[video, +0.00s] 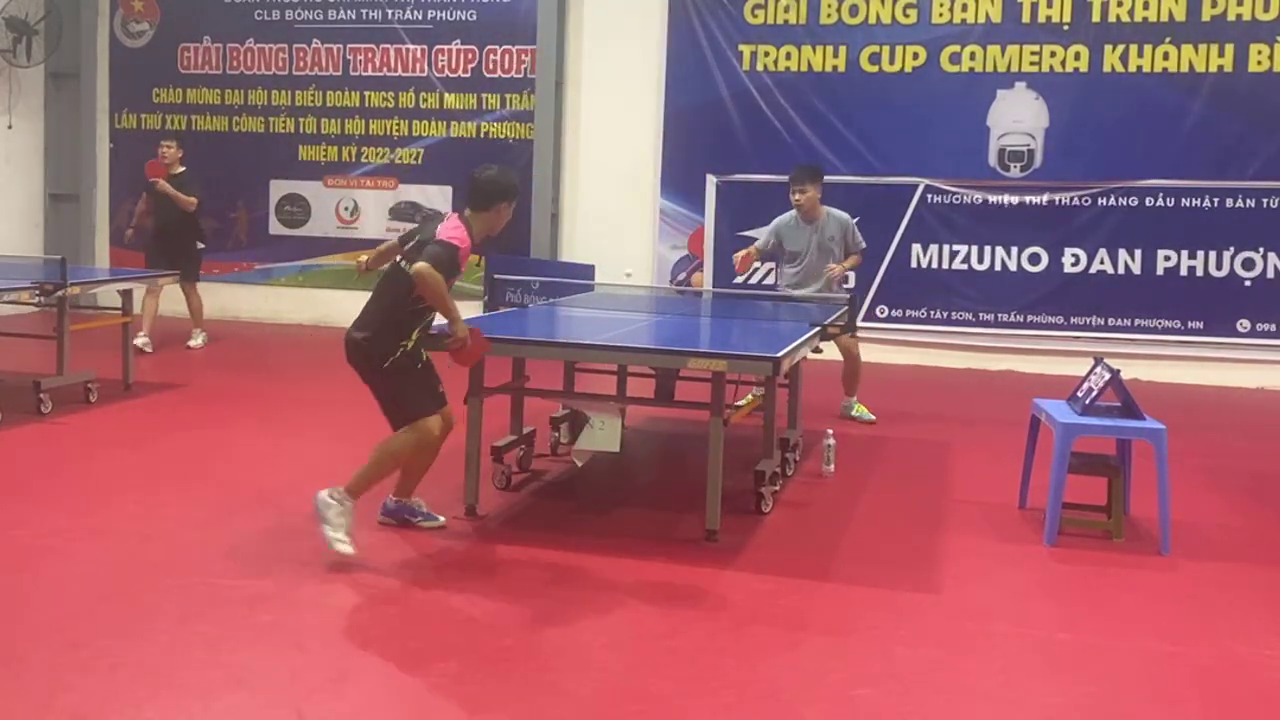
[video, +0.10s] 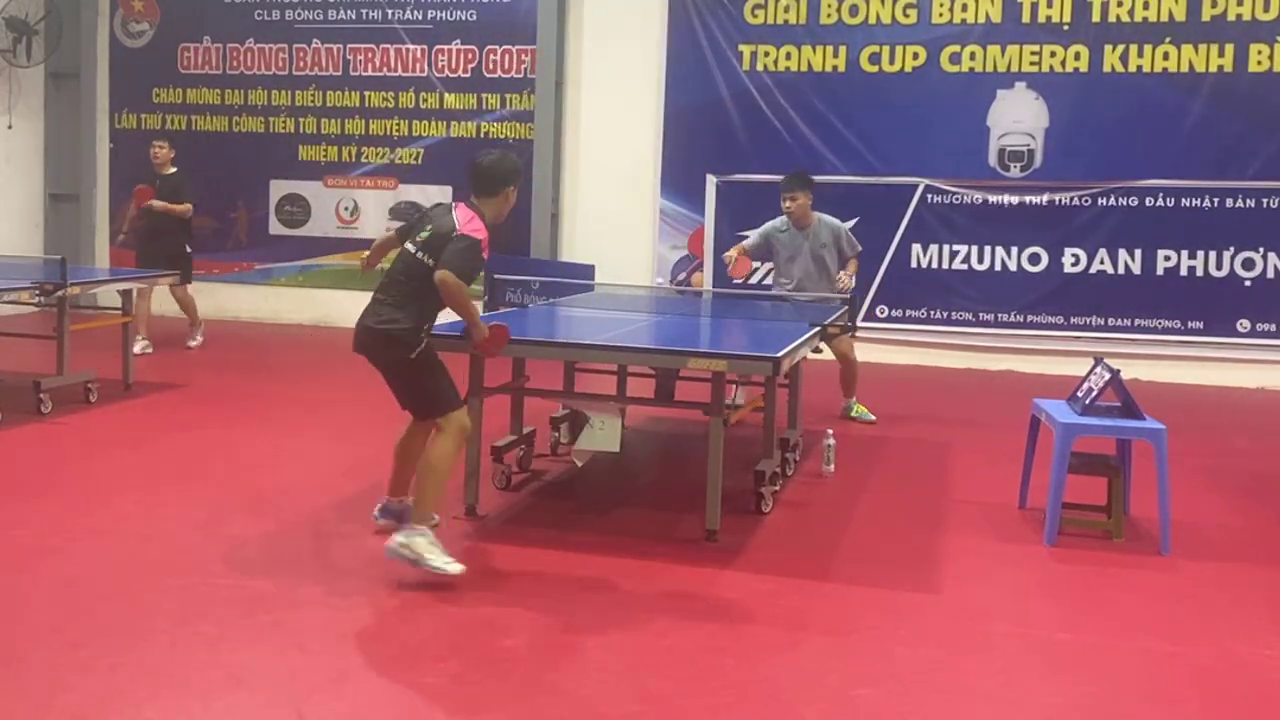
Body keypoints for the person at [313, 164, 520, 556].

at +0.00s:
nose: (508, 219)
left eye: (511, 210)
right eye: (509, 210)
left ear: (476, 202)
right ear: (498, 209)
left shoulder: (441, 221)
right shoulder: (456, 239)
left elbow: (398, 242)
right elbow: (424, 272)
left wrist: (372, 261)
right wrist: (456, 320)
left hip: (398, 339)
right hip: (378, 342)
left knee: (443, 421)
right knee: (427, 427)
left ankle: (400, 502)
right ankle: (341, 498)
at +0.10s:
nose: (517, 198)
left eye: (515, 190)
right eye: (516, 190)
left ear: (476, 186)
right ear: (507, 193)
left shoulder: (442, 212)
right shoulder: (473, 233)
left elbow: (392, 238)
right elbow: (446, 278)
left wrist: (371, 257)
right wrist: (475, 322)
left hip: (374, 330)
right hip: (400, 335)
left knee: (425, 418)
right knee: (456, 423)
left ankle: (396, 503)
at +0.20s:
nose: (514, 203)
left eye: (515, 196)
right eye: (515, 196)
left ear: (471, 191)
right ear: (506, 197)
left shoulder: (435, 220)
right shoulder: (482, 243)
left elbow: (380, 249)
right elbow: (474, 305)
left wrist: (375, 259)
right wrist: (501, 334)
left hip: (386, 347)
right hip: (419, 352)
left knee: (421, 430)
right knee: (476, 448)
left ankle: (373, 519)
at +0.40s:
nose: (514, 200)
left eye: (512, 193)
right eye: (513, 194)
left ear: (467, 193)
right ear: (505, 197)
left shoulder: (431, 225)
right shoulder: (507, 248)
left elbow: (372, 257)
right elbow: (536, 324)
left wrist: (413, 269)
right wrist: (529, 302)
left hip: (396, 354)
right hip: (454, 366)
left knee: (382, 428)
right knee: (509, 457)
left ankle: (340, 521)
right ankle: (490, 574)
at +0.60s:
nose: (498, 217)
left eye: (496, 210)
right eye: (497, 210)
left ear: (450, 211)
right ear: (490, 214)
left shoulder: (417, 246)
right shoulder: (500, 267)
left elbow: (366, 284)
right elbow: (552, 325)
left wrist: (418, 284)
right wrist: (537, 304)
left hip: (389, 388)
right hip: (454, 396)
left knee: (339, 466)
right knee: (519, 469)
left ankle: (307, 549)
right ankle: (517, 584)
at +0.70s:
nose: (481, 231)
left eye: (480, 224)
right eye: (480, 224)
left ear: (432, 225)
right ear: (470, 228)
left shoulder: (394, 262)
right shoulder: (485, 279)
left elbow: (346, 291)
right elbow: (543, 316)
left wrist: (387, 287)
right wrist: (573, 308)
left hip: (388, 411)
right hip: (457, 415)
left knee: (319, 488)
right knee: (513, 476)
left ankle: (308, 585)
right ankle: (522, 562)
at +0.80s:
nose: (497, 233)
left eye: (495, 225)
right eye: (495, 226)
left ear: (446, 226)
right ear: (483, 229)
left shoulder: (400, 257)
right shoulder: (501, 277)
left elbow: (338, 254)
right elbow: (558, 295)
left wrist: (360, 244)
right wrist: (598, 263)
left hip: (400, 410)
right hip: (470, 409)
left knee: (330, 488)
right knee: (517, 447)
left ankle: (309, 587)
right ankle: (545, 519)